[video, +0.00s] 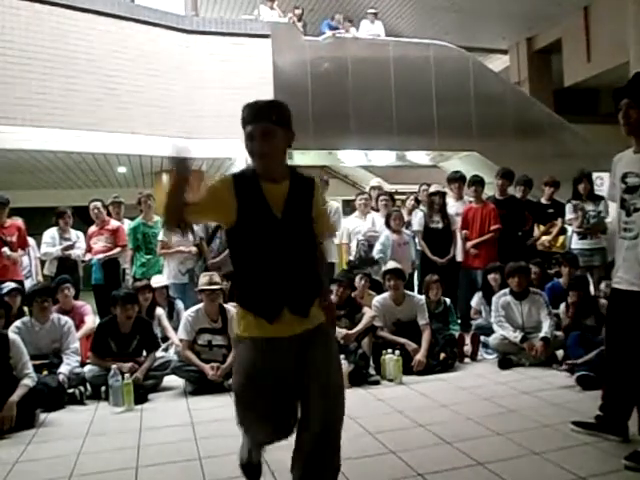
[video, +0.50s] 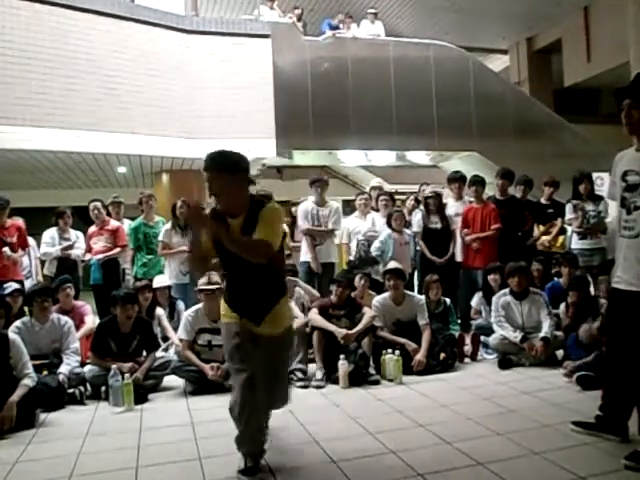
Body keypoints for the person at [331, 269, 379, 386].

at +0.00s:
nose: (340, 291)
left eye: (345, 288)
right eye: (339, 286)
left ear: (350, 291)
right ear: (334, 286)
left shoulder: (352, 301)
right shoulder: (326, 301)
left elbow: (370, 314)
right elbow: (320, 322)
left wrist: (354, 333)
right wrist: (337, 332)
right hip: (331, 345)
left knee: (368, 326)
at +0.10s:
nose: (341, 291)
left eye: (345, 288)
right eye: (339, 286)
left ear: (350, 291)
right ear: (334, 286)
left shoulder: (352, 301)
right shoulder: (325, 303)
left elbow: (370, 314)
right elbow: (320, 322)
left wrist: (354, 333)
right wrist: (335, 330)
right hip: (331, 344)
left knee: (369, 325)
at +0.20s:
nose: (340, 291)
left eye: (344, 288)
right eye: (338, 286)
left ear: (350, 291)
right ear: (333, 287)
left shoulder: (353, 303)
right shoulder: (322, 304)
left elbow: (371, 314)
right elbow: (316, 319)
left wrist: (354, 333)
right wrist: (337, 330)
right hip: (330, 345)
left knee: (369, 328)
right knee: (318, 333)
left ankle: (366, 370)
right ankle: (324, 372)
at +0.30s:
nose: (339, 291)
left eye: (344, 288)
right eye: (337, 286)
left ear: (349, 291)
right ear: (333, 287)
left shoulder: (352, 303)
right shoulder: (322, 303)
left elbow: (371, 314)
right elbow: (312, 317)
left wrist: (354, 333)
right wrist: (336, 331)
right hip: (329, 347)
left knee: (368, 330)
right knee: (318, 332)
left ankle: (369, 368)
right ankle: (320, 370)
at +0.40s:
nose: (339, 291)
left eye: (344, 288)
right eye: (338, 286)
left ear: (349, 291)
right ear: (333, 287)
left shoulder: (353, 303)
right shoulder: (323, 303)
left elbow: (371, 314)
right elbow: (312, 317)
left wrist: (354, 333)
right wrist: (336, 330)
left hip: (351, 351)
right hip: (330, 349)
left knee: (368, 330)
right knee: (318, 332)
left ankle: (368, 368)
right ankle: (320, 370)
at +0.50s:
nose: (339, 291)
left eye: (344, 288)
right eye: (338, 286)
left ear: (349, 291)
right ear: (333, 287)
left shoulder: (353, 303)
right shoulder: (322, 303)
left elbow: (371, 314)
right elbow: (312, 317)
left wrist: (354, 333)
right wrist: (336, 330)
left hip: (351, 351)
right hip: (330, 349)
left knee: (368, 330)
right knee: (318, 332)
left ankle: (368, 368)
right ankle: (320, 370)